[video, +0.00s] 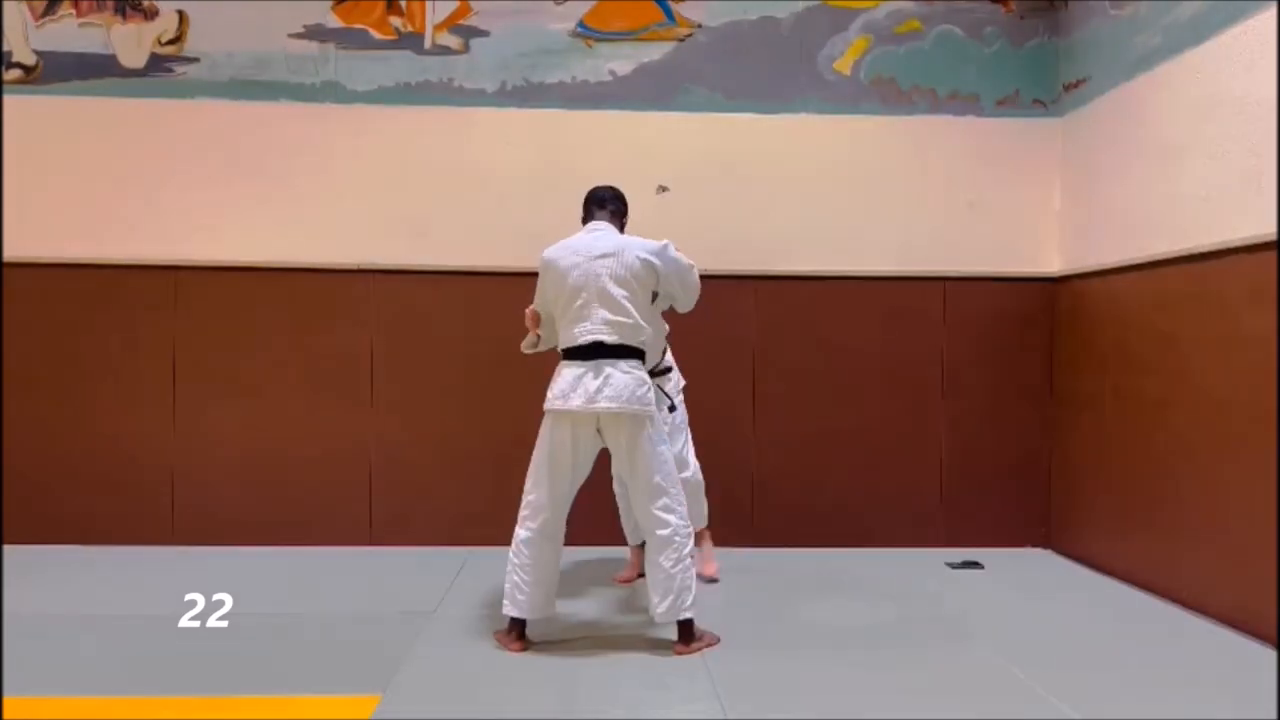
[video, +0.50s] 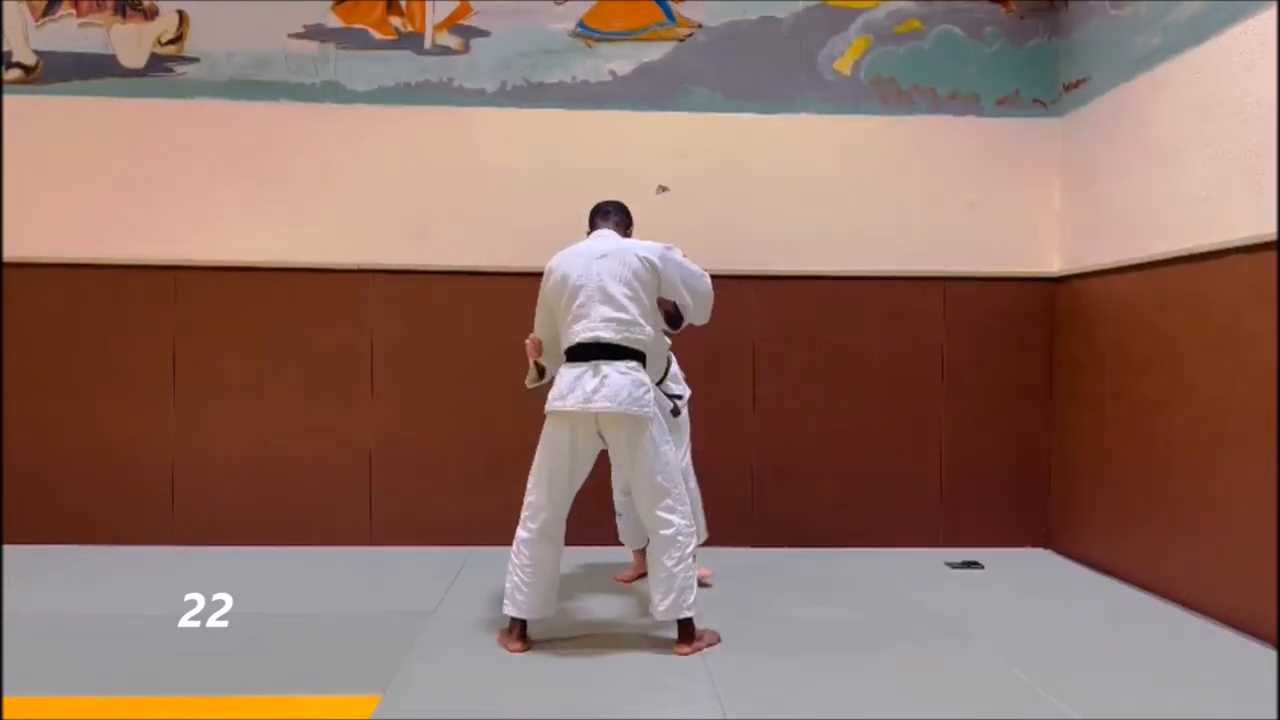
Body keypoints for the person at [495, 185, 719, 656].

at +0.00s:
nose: (616, 222)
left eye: (601, 214)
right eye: (622, 217)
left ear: (582, 216)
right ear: (625, 218)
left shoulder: (554, 257)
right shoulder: (648, 252)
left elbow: (546, 328)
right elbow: (686, 294)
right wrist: (645, 285)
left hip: (570, 388)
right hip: (630, 389)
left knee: (541, 505)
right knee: (661, 505)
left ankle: (517, 625)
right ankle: (684, 628)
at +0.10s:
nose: (608, 230)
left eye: (597, 224)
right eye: (617, 224)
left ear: (584, 227)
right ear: (625, 227)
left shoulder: (557, 263)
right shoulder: (648, 254)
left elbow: (550, 332)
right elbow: (687, 298)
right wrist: (668, 331)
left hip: (569, 388)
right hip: (629, 387)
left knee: (540, 505)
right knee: (664, 504)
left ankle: (517, 626)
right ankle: (685, 629)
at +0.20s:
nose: (610, 233)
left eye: (600, 228)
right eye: (620, 228)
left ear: (588, 231)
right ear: (628, 231)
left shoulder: (561, 265)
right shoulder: (650, 253)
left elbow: (552, 336)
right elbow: (691, 297)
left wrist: (555, 360)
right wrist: (673, 333)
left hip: (571, 389)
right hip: (629, 388)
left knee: (541, 505)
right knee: (666, 505)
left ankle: (517, 626)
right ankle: (685, 630)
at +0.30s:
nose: (613, 232)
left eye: (602, 227)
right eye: (622, 228)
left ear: (589, 231)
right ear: (630, 230)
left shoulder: (562, 265)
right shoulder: (652, 253)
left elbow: (551, 338)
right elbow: (694, 300)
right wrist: (669, 329)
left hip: (572, 389)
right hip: (630, 388)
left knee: (543, 506)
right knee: (666, 505)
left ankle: (518, 626)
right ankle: (685, 630)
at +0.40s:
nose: (620, 233)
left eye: (605, 227)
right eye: (625, 228)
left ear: (589, 230)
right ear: (629, 229)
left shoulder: (561, 264)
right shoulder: (651, 253)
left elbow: (549, 336)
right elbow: (696, 294)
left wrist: (559, 366)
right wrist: (673, 320)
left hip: (571, 390)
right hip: (630, 389)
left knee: (544, 506)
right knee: (666, 505)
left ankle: (517, 626)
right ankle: (685, 630)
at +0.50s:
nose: (622, 232)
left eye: (607, 225)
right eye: (626, 227)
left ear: (588, 227)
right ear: (629, 228)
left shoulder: (559, 263)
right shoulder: (651, 254)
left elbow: (546, 341)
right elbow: (701, 292)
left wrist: (548, 368)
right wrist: (675, 316)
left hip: (569, 390)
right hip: (629, 390)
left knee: (542, 508)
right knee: (666, 508)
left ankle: (517, 626)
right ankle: (686, 630)